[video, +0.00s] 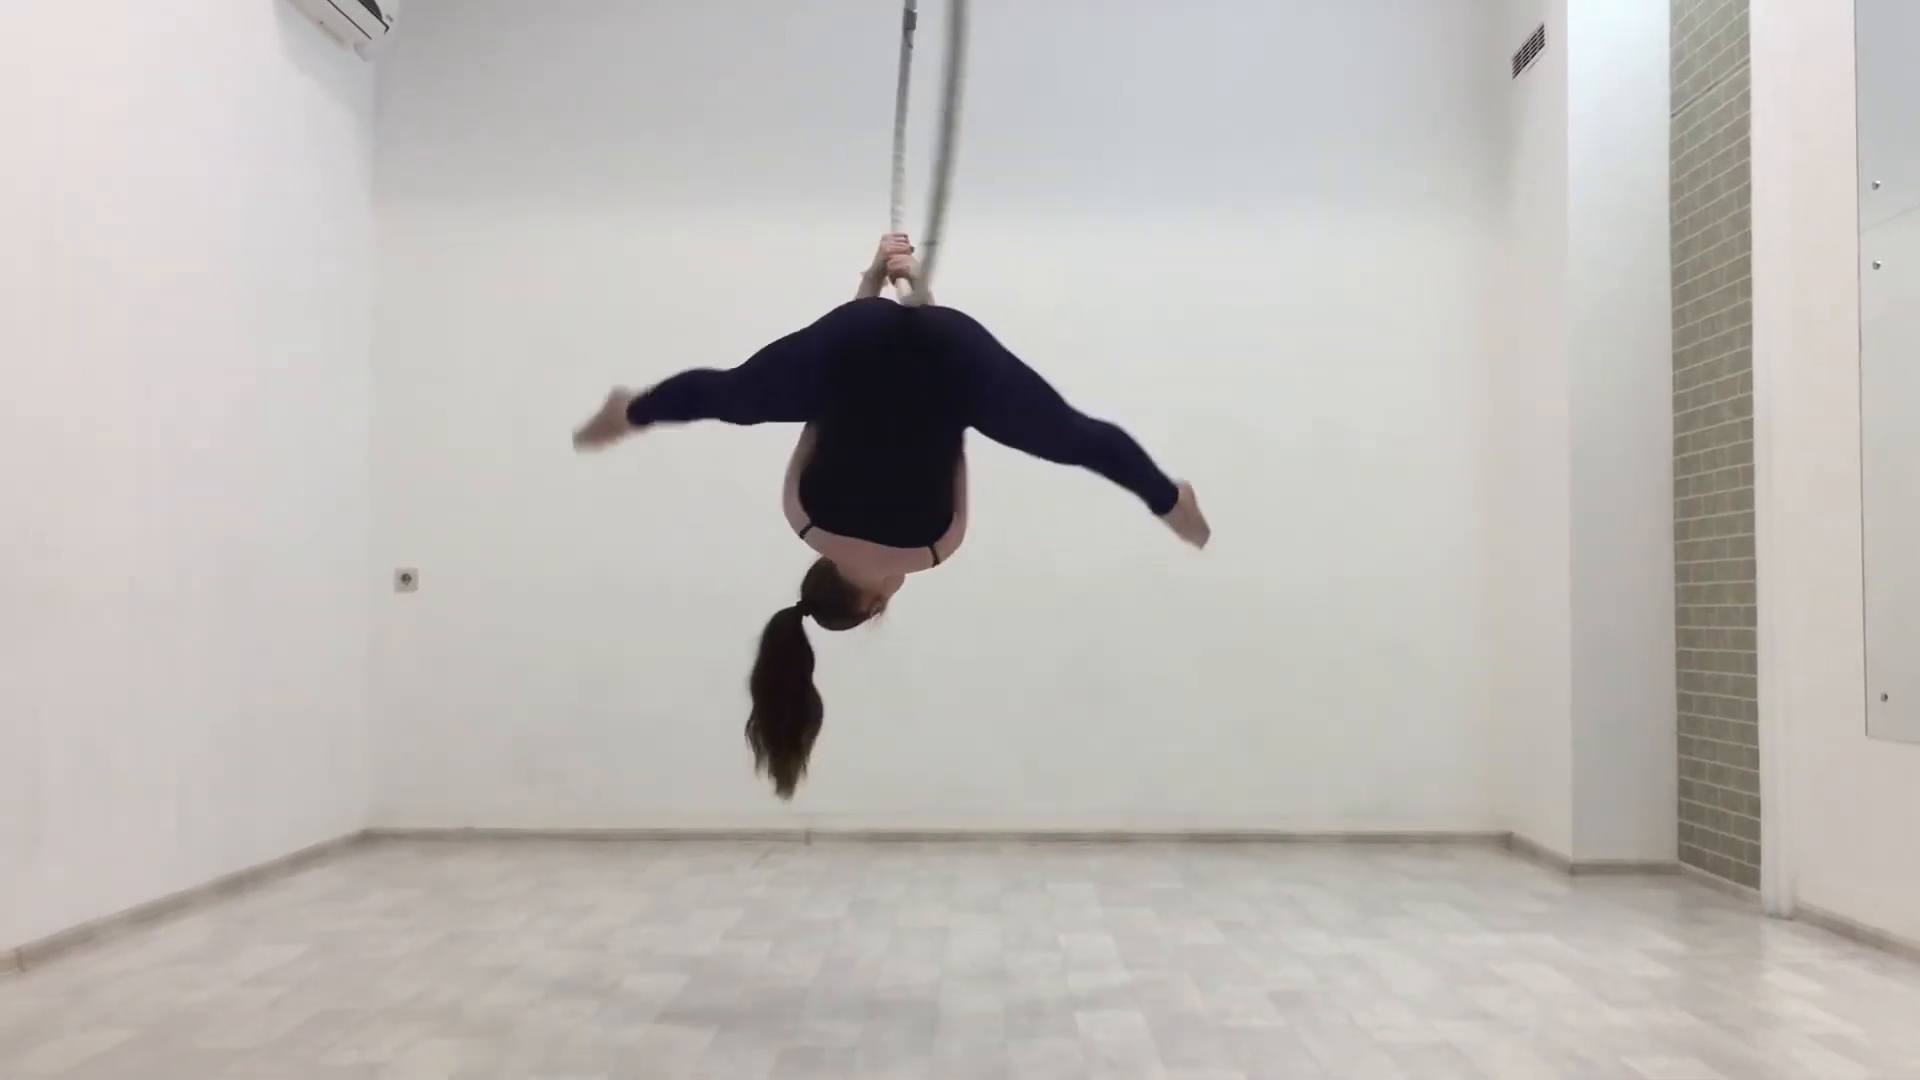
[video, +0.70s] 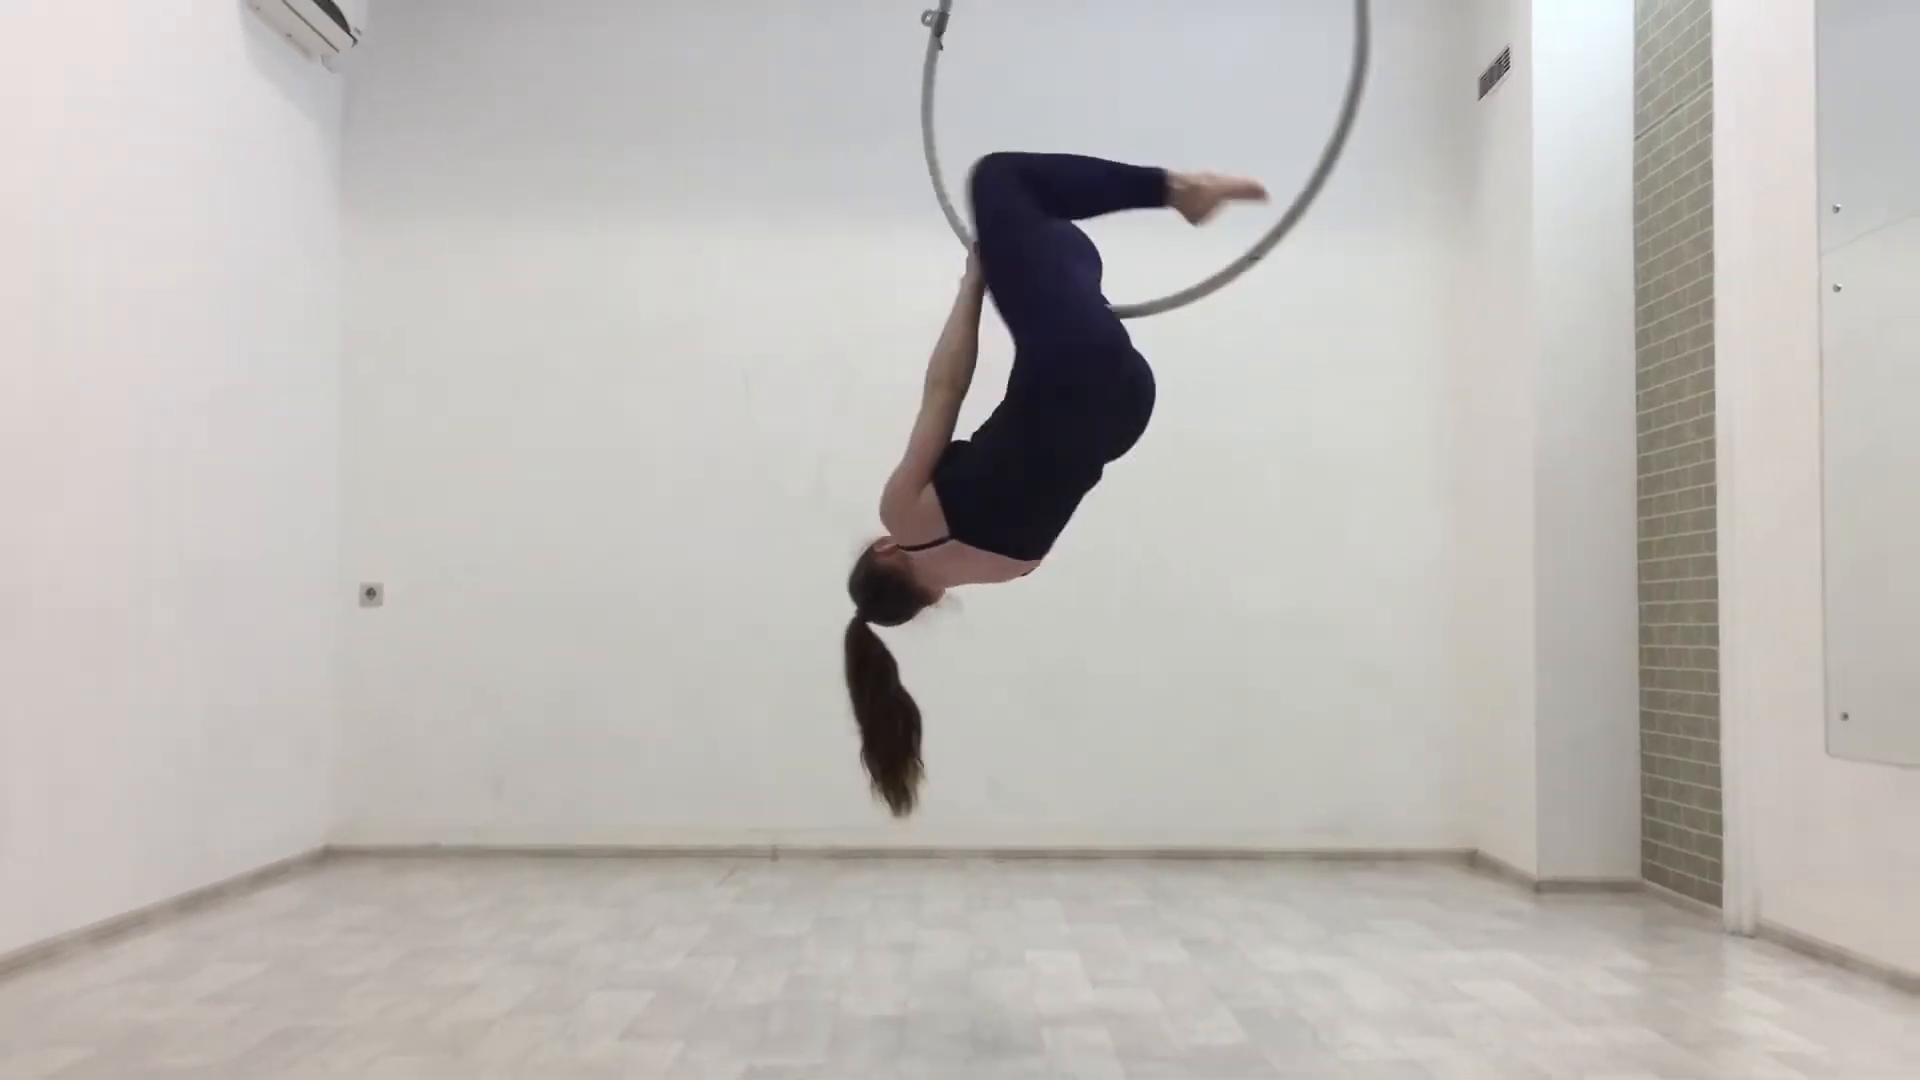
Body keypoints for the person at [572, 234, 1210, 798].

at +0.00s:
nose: (886, 607)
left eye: (875, 611)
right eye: (878, 613)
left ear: (860, 593)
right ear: (842, 587)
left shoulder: (945, 542)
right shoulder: (800, 520)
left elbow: (942, 417)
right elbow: (828, 397)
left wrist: (900, 291)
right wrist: (881, 288)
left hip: (945, 352)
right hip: (862, 337)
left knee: (1064, 435)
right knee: (736, 393)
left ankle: (1170, 498)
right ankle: (632, 408)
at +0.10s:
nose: (897, 602)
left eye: (886, 608)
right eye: (890, 606)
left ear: (859, 592)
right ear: (869, 587)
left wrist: (901, 285)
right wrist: (899, 287)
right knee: (753, 397)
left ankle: (1172, 458)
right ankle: (648, 322)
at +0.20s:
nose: (915, 604)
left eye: (906, 607)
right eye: (906, 606)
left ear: (899, 596)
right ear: (870, 578)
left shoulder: (977, 553)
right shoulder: (837, 519)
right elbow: (868, 394)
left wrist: (955, 294)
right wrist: (905, 281)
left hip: (995, 361)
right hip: (911, 343)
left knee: (1088, 389)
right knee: (763, 390)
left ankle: (1158, 415)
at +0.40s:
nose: (932, 593)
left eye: (925, 599)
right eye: (924, 595)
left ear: (909, 593)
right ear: (904, 574)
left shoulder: (996, 565)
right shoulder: (872, 513)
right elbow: (909, 390)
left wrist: (952, 286)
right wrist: (960, 293)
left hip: (1061, 381)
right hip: (981, 353)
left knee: (1093, 320)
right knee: (810, 308)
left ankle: (1098, 314)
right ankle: (940, 197)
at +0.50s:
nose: (939, 595)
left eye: (928, 596)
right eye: (928, 596)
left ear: (907, 591)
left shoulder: (1003, 567)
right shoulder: (888, 508)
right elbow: (922, 389)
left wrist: (978, 292)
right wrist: (967, 290)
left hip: (1091, 401)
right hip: (1042, 348)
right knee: (852, 253)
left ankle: (1079, 295)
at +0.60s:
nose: (942, 595)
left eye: (930, 595)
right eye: (929, 595)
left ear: (900, 565)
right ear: (888, 549)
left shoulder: (1009, 570)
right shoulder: (898, 506)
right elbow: (935, 383)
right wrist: (960, 293)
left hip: (1109, 415)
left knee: (1075, 307)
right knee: (914, 210)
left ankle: (1055, 247)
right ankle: (1090, 176)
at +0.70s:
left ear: (919, 608)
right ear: (883, 548)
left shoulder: (998, 571)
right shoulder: (902, 504)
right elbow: (946, 383)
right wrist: (975, 277)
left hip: (1126, 417)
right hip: (1083, 367)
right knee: (995, 177)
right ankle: (1175, 187)